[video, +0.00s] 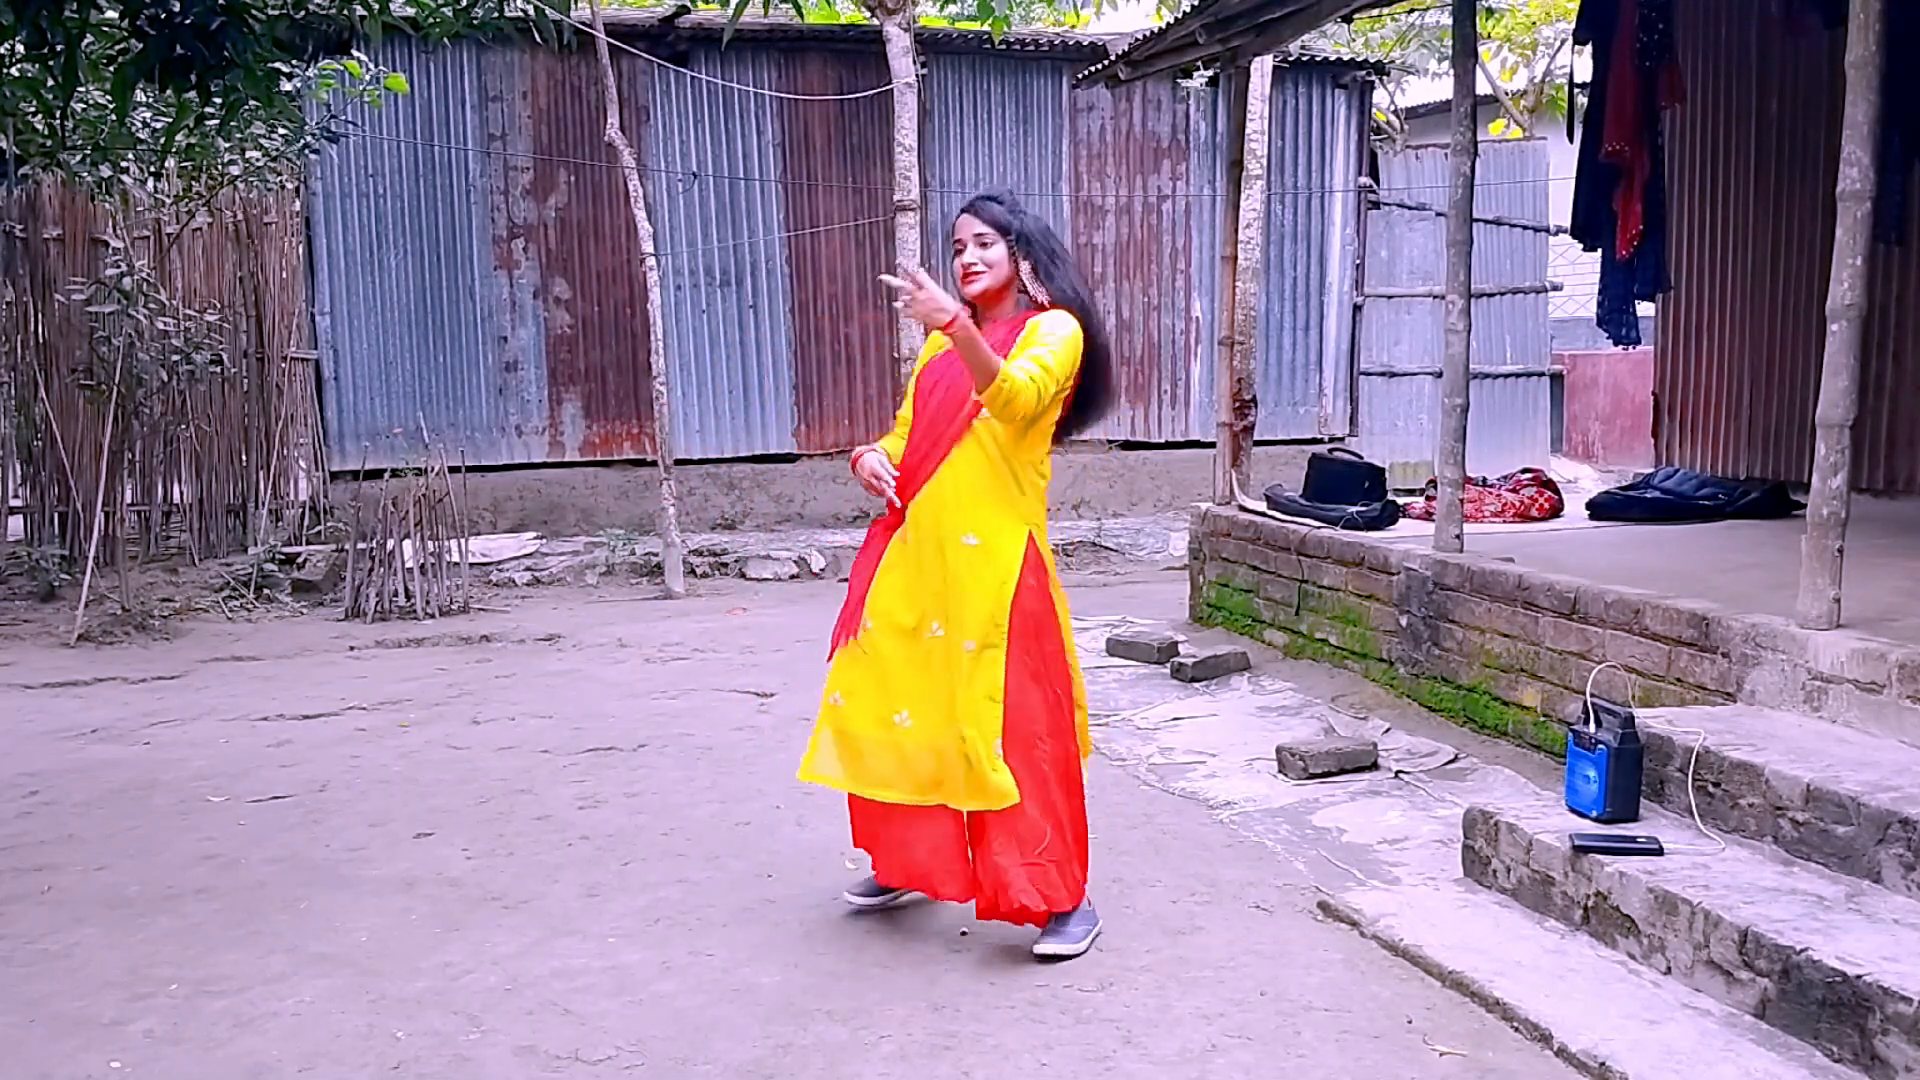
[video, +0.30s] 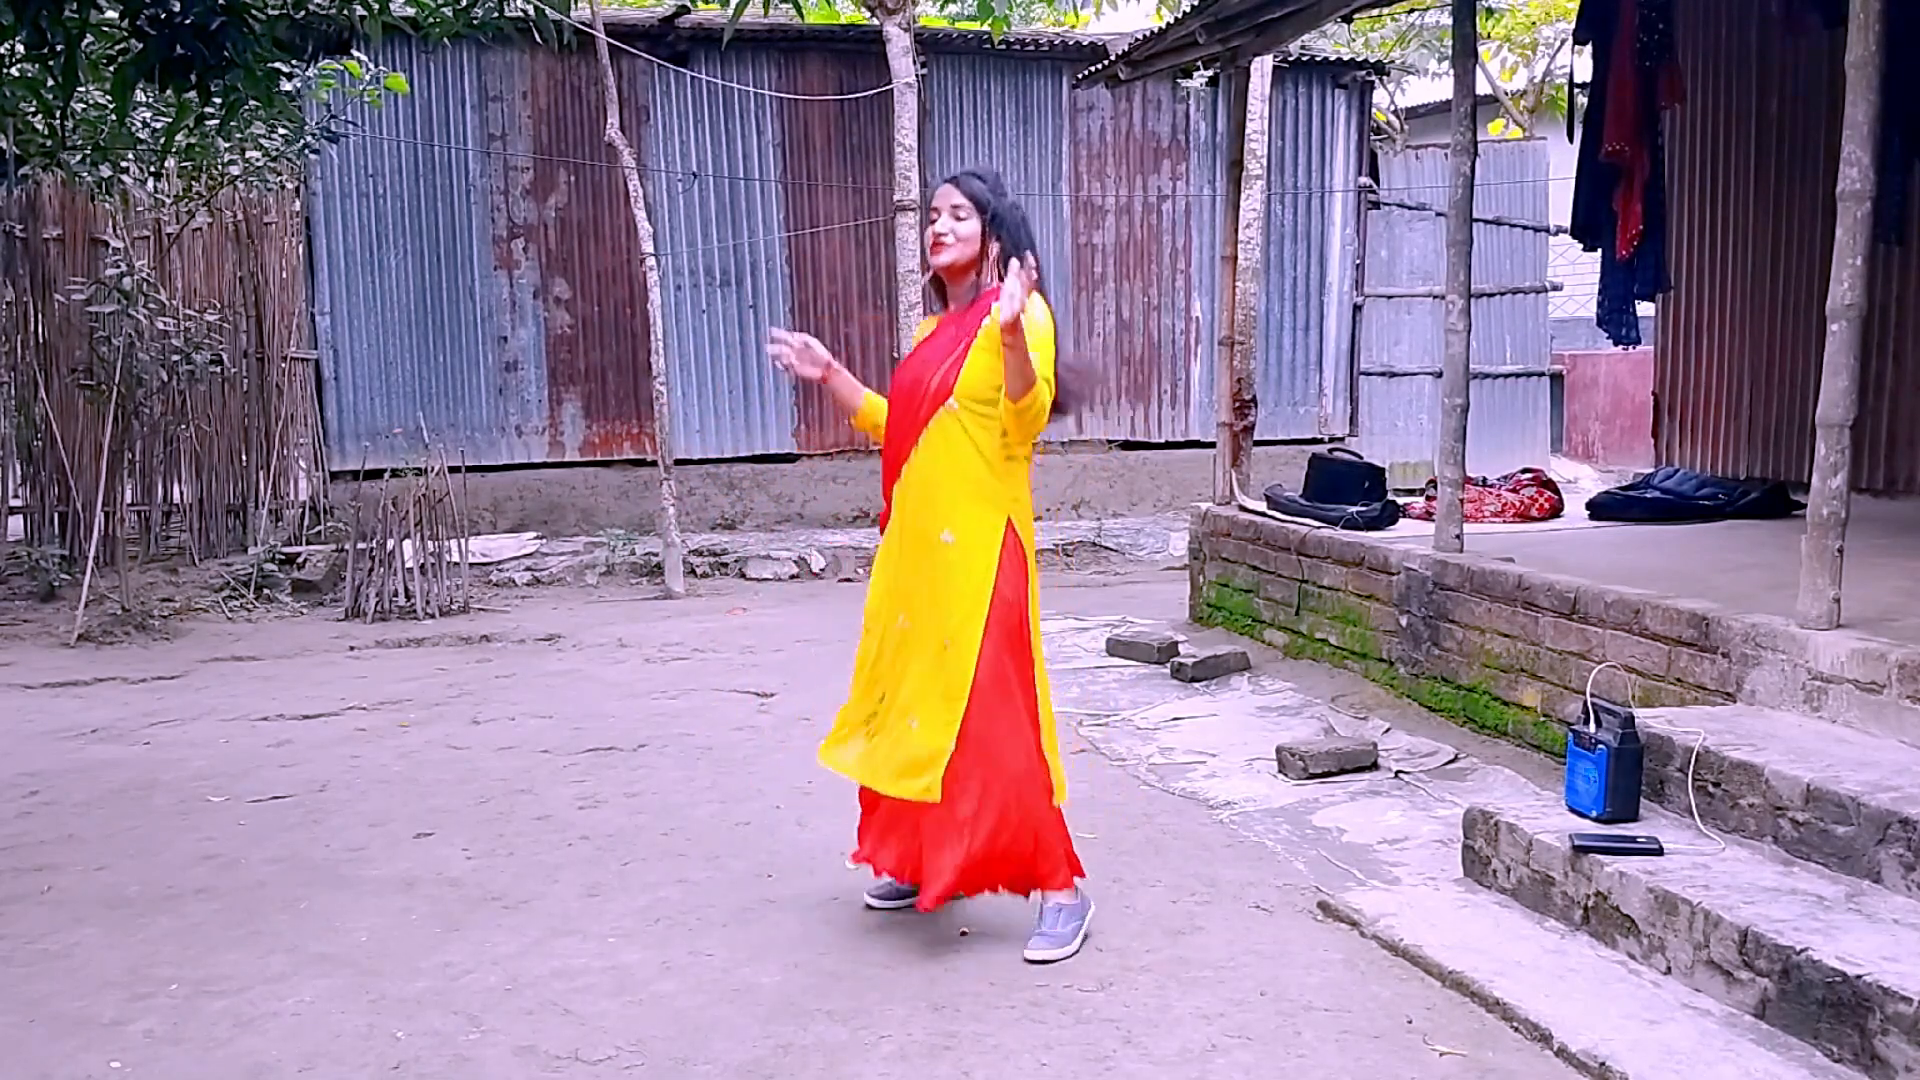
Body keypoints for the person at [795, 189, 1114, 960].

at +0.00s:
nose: (968, 258)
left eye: (983, 243)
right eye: (959, 248)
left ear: (1022, 250)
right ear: (951, 263)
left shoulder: (1055, 328)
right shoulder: (941, 341)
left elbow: (1018, 401)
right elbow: (907, 433)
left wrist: (953, 323)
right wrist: (872, 455)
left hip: (999, 555)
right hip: (917, 550)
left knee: (1027, 725)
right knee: (887, 698)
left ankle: (1066, 900)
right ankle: (903, 860)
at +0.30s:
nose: (940, 229)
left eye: (958, 216)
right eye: (933, 218)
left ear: (994, 231)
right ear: (927, 236)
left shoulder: (1020, 313)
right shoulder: (933, 328)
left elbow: (1026, 400)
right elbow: (898, 429)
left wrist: (1011, 326)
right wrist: (830, 372)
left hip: (986, 538)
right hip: (918, 536)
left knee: (996, 710)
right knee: (912, 692)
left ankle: (1060, 885)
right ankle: (923, 858)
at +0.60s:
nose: (932, 245)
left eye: (950, 233)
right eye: (925, 234)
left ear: (987, 255)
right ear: (915, 253)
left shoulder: (1021, 345)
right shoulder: (896, 350)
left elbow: (1014, 464)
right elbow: (850, 469)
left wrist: (918, 408)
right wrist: (872, 424)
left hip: (1004, 561)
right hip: (917, 563)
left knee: (1005, 729)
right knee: (888, 718)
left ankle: (1057, 902)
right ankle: (910, 875)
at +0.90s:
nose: (919, 187)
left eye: (934, 171)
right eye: (908, 175)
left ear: (973, 185)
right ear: (896, 194)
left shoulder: (1000, 272)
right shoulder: (884, 271)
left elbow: (1044, 244)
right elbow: (821, 243)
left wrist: (972, 176)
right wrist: (869, 184)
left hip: (975, 493)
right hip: (879, 493)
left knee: (995, 684)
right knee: (850, 668)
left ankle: (1044, 880)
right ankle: (857, 849)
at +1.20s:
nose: (912, 332)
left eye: (927, 317)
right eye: (899, 318)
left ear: (956, 325)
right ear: (886, 324)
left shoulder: (978, 406)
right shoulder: (852, 384)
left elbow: (1001, 429)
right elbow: (844, 392)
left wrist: (969, 414)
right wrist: (877, 406)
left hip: (973, 588)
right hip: (882, 596)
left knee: (1000, 745)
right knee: (847, 746)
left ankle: (1030, 913)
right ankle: (845, 903)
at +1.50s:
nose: (904, 306)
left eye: (918, 287)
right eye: (890, 292)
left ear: (953, 286)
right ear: (880, 300)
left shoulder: (989, 368)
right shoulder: (884, 384)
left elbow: (910, 431)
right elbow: (809, 428)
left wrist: (804, 469)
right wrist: (744, 458)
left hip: (945, 589)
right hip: (859, 580)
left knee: (950, 753)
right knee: (829, 724)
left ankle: (1041, 897)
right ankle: (857, 875)